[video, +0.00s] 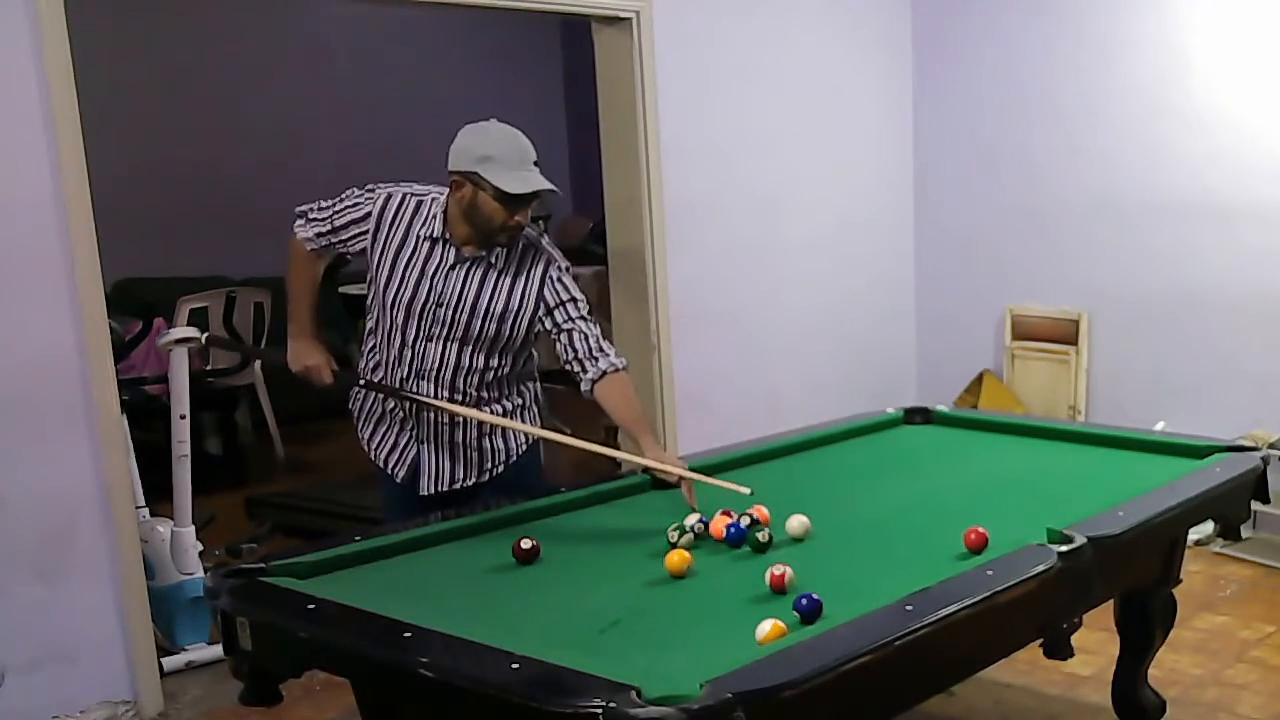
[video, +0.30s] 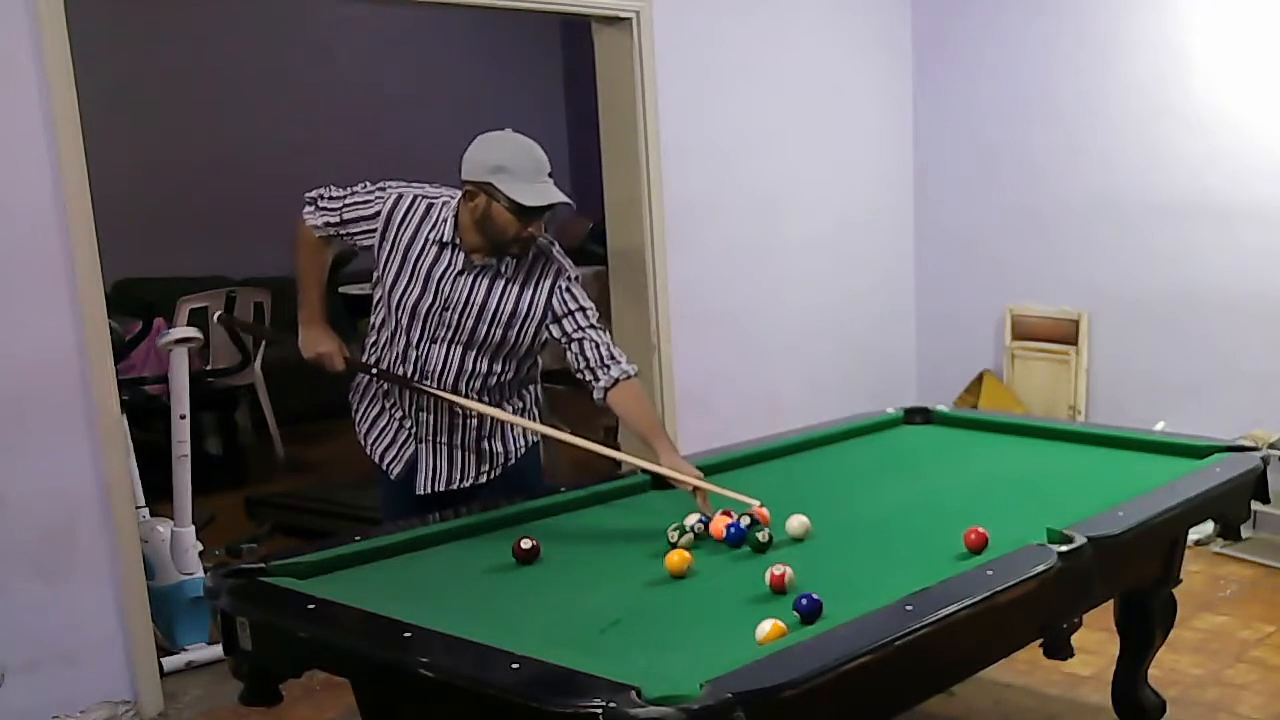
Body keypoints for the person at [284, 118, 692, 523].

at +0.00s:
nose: (523, 216)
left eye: (530, 201)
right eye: (510, 200)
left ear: (535, 195)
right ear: (462, 187)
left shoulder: (541, 266)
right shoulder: (388, 211)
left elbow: (593, 358)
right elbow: (310, 232)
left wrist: (647, 440)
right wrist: (301, 335)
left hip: (499, 442)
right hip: (404, 439)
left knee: (526, 579)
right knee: (418, 592)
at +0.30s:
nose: (536, 227)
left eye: (541, 214)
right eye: (524, 212)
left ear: (545, 206)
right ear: (476, 197)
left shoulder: (550, 275)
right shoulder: (402, 210)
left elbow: (606, 367)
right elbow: (318, 214)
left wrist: (665, 448)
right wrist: (312, 321)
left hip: (499, 438)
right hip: (402, 431)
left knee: (519, 572)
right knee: (414, 583)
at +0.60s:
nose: (545, 233)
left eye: (550, 219)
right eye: (533, 218)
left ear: (555, 211)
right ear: (487, 202)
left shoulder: (557, 278)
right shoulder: (412, 210)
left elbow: (613, 370)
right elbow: (324, 205)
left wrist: (671, 453)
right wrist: (314, 312)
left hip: (500, 436)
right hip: (403, 425)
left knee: (521, 569)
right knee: (413, 577)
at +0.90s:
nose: (552, 234)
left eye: (558, 220)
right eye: (540, 218)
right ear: (493, 198)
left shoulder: (563, 271)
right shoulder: (413, 211)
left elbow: (613, 366)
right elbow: (338, 288)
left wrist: (664, 450)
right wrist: (413, 334)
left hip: (514, 450)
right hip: (417, 448)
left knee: (528, 592)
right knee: (417, 600)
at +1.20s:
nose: (555, 202)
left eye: (562, 189)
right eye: (544, 185)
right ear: (502, 167)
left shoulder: (566, 254)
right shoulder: (410, 206)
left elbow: (608, 339)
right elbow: (329, 269)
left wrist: (620, 413)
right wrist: (363, 320)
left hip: (514, 449)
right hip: (411, 442)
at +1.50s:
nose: (500, 164)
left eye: (506, 150)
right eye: (485, 147)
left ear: (511, 150)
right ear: (443, 139)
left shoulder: (524, 229)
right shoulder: (368, 207)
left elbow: (547, 311)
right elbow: (310, 287)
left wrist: (548, 385)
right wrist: (350, 336)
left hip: (499, 436)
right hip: (402, 435)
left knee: (509, 573)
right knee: (408, 580)